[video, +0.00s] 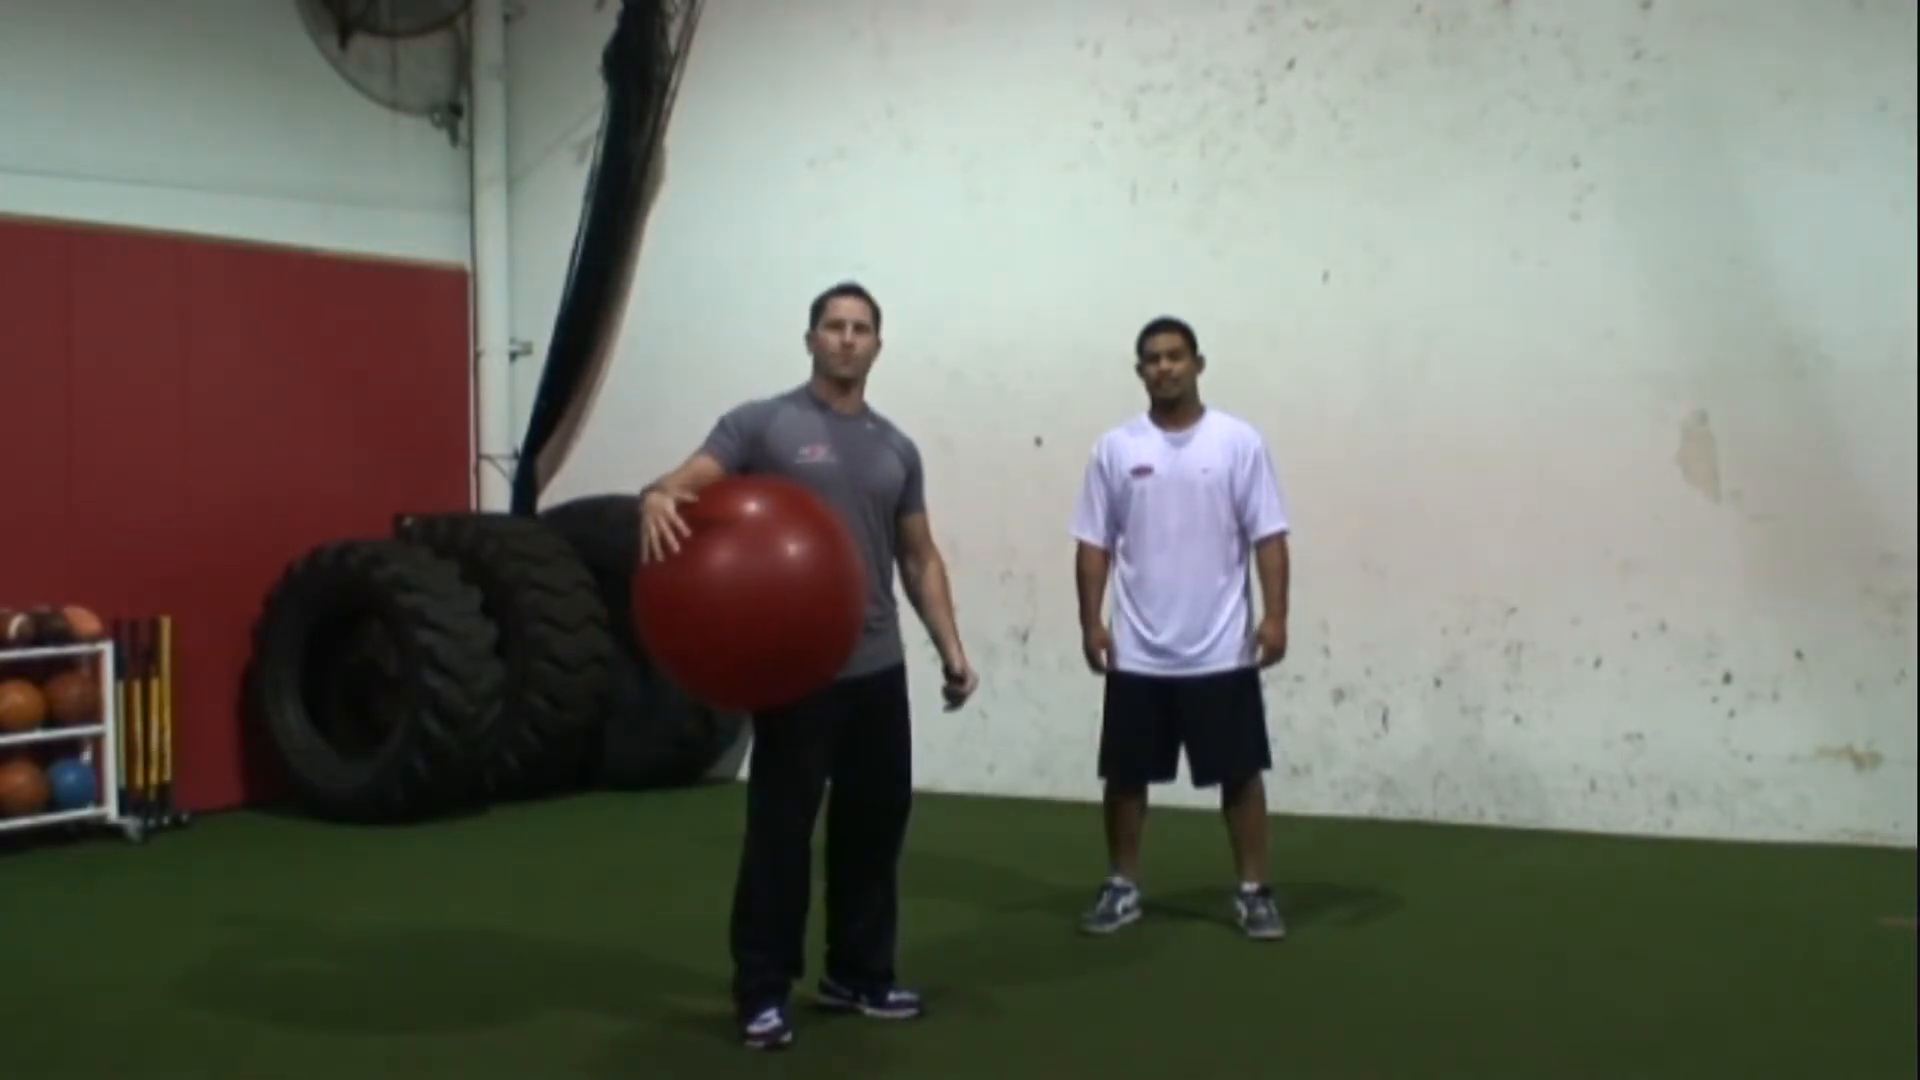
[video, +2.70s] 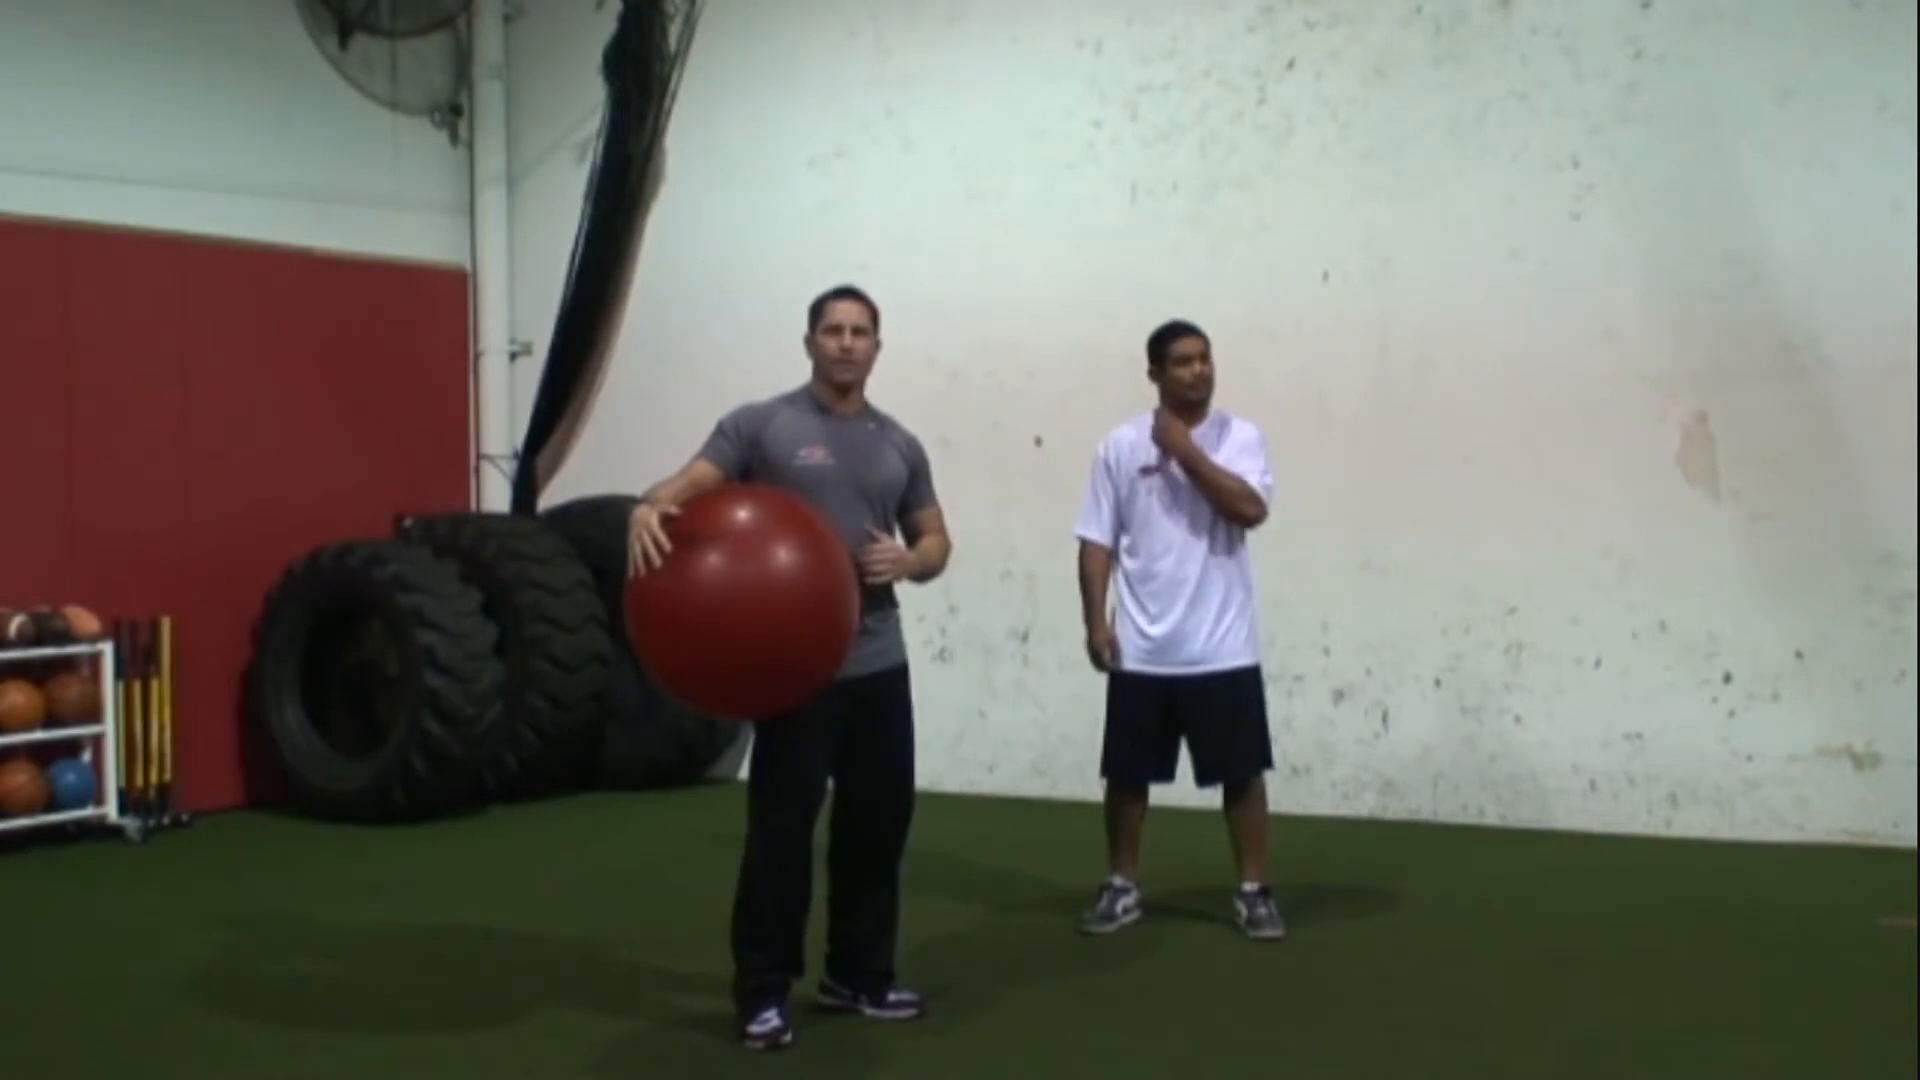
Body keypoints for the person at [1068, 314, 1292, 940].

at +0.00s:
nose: (1163, 367)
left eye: (1174, 357)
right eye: (1152, 359)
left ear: (1198, 365)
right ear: (1139, 372)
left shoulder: (1239, 443)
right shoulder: (1116, 449)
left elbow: (1269, 535)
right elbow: (1093, 540)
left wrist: (1275, 616)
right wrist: (1091, 621)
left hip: (1221, 645)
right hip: (1139, 646)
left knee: (1242, 776)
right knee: (1123, 777)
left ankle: (1254, 889)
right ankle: (1122, 883)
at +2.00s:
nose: (1156, 367)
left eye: (1169, 357)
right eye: (1148, 359)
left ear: (1197, 364)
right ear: (1137, 370)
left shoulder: (1239, 442)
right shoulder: (1115, 449)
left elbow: (1270, 533)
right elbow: (1093, 540)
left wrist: (1277, 613)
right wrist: (1090, 620)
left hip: (1221, 644)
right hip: (1138, 645)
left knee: (1242, 776)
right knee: (1123, 777)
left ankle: (1253, 889)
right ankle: (1122, 884)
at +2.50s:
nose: (1178, 367)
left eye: (1187, 357)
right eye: (1164, 359)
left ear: (1204, 366)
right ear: (1145, 372)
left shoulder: (1245, 442)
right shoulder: (1119, 449)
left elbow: (1277, 524)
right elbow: (1095, 539)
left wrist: (1230, 548)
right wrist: (1094, 620)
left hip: (1222, 646)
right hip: (1141, 647)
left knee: (1242, 776)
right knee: (1125, 777)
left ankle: (1254, 888)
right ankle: (1122, 884)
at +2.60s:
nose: (1189, 369)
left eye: (1197, 359)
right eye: (1175, 361)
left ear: (1210, 367)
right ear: (1151, 373)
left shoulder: (1242, 440)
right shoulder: (1121, 448)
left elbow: (1268, 522)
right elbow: (1095, 539)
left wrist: (1197, 486)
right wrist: (1094, 620)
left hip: (1222, 644)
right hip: (1141, 645)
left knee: (1243, 777)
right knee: (1125, 777)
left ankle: (1254, 888)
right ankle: (1122, 883)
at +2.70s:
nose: (1196, 371)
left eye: (1202, 360)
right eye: (1182, 363)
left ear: (1214, 366)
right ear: (1156, 373)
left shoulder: (1238, 438)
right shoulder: (1122, 447)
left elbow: (1251, 508)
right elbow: (1096, 538)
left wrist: (1184, 449)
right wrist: (1097, 619)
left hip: (1222, 645)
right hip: (1141, 645)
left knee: (1243, 778)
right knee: (1126, 777)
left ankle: (1254, 888)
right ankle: (1122, 883)